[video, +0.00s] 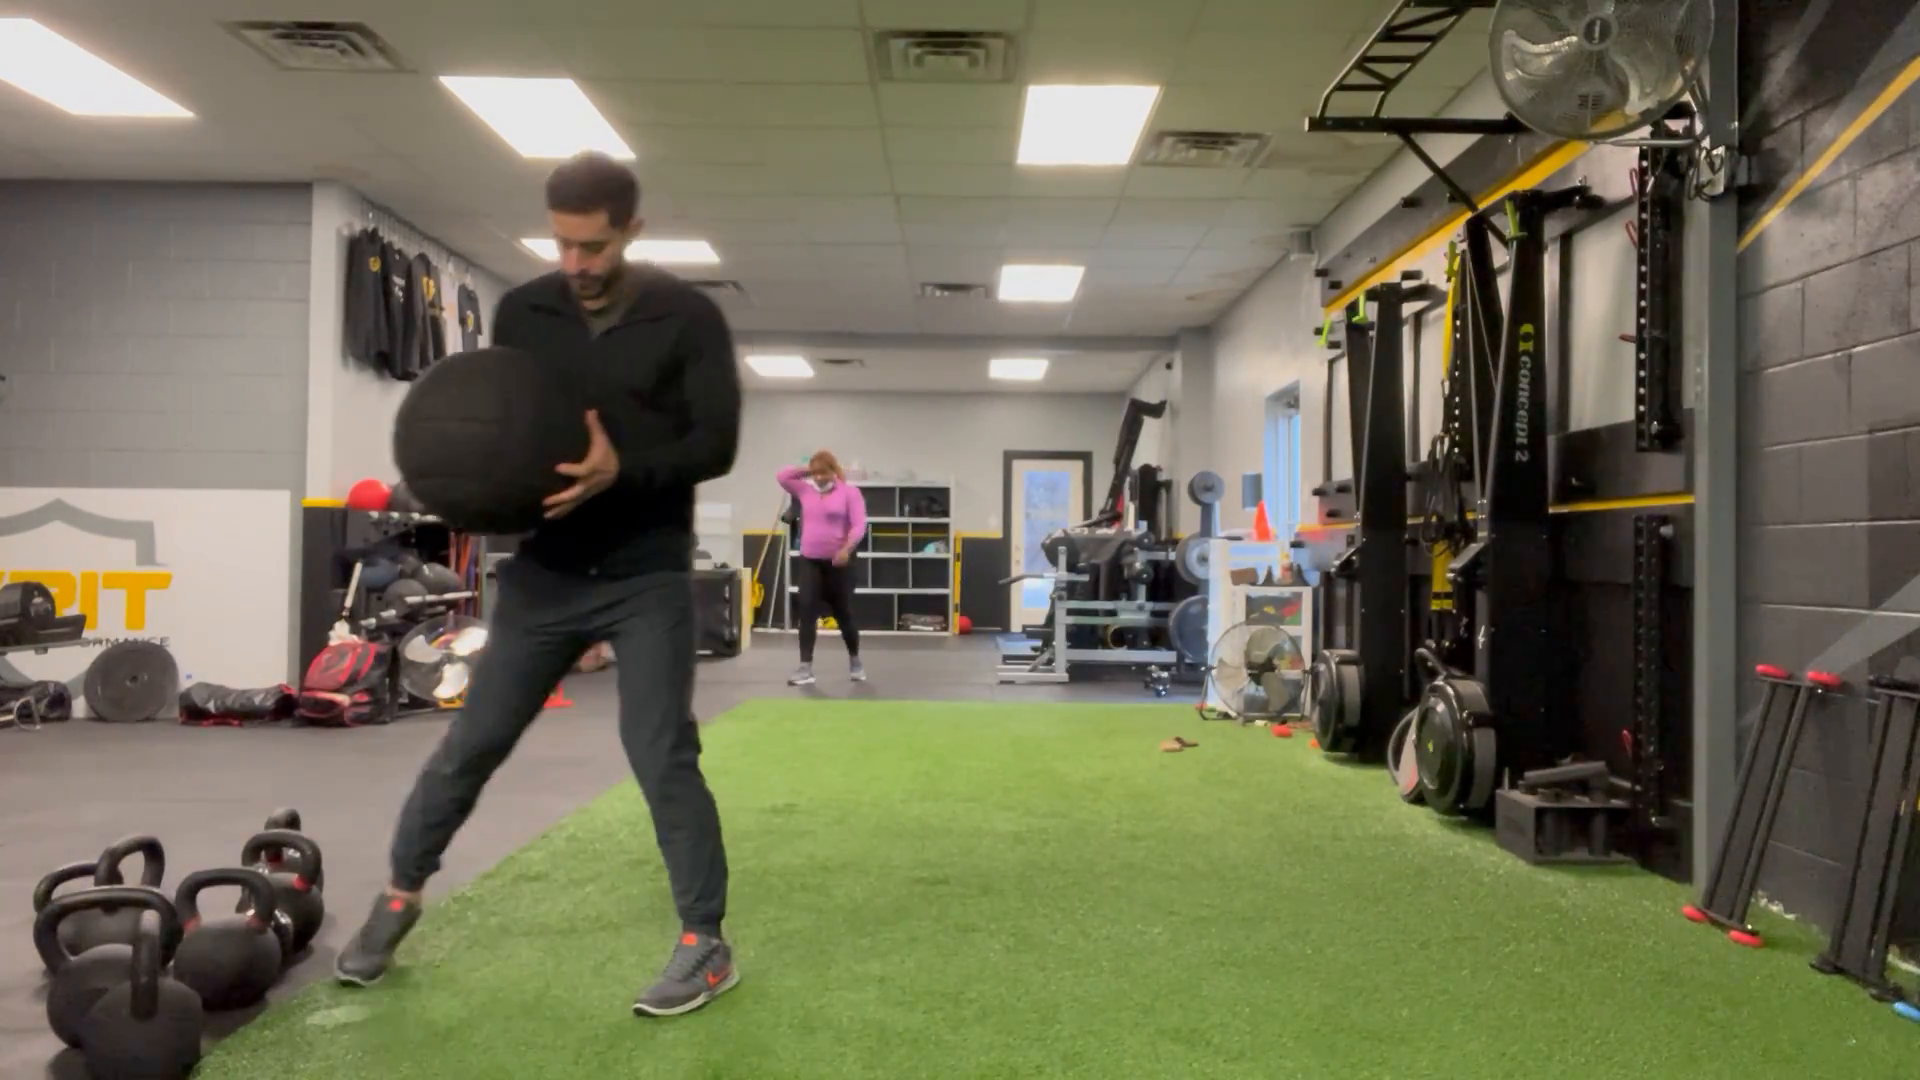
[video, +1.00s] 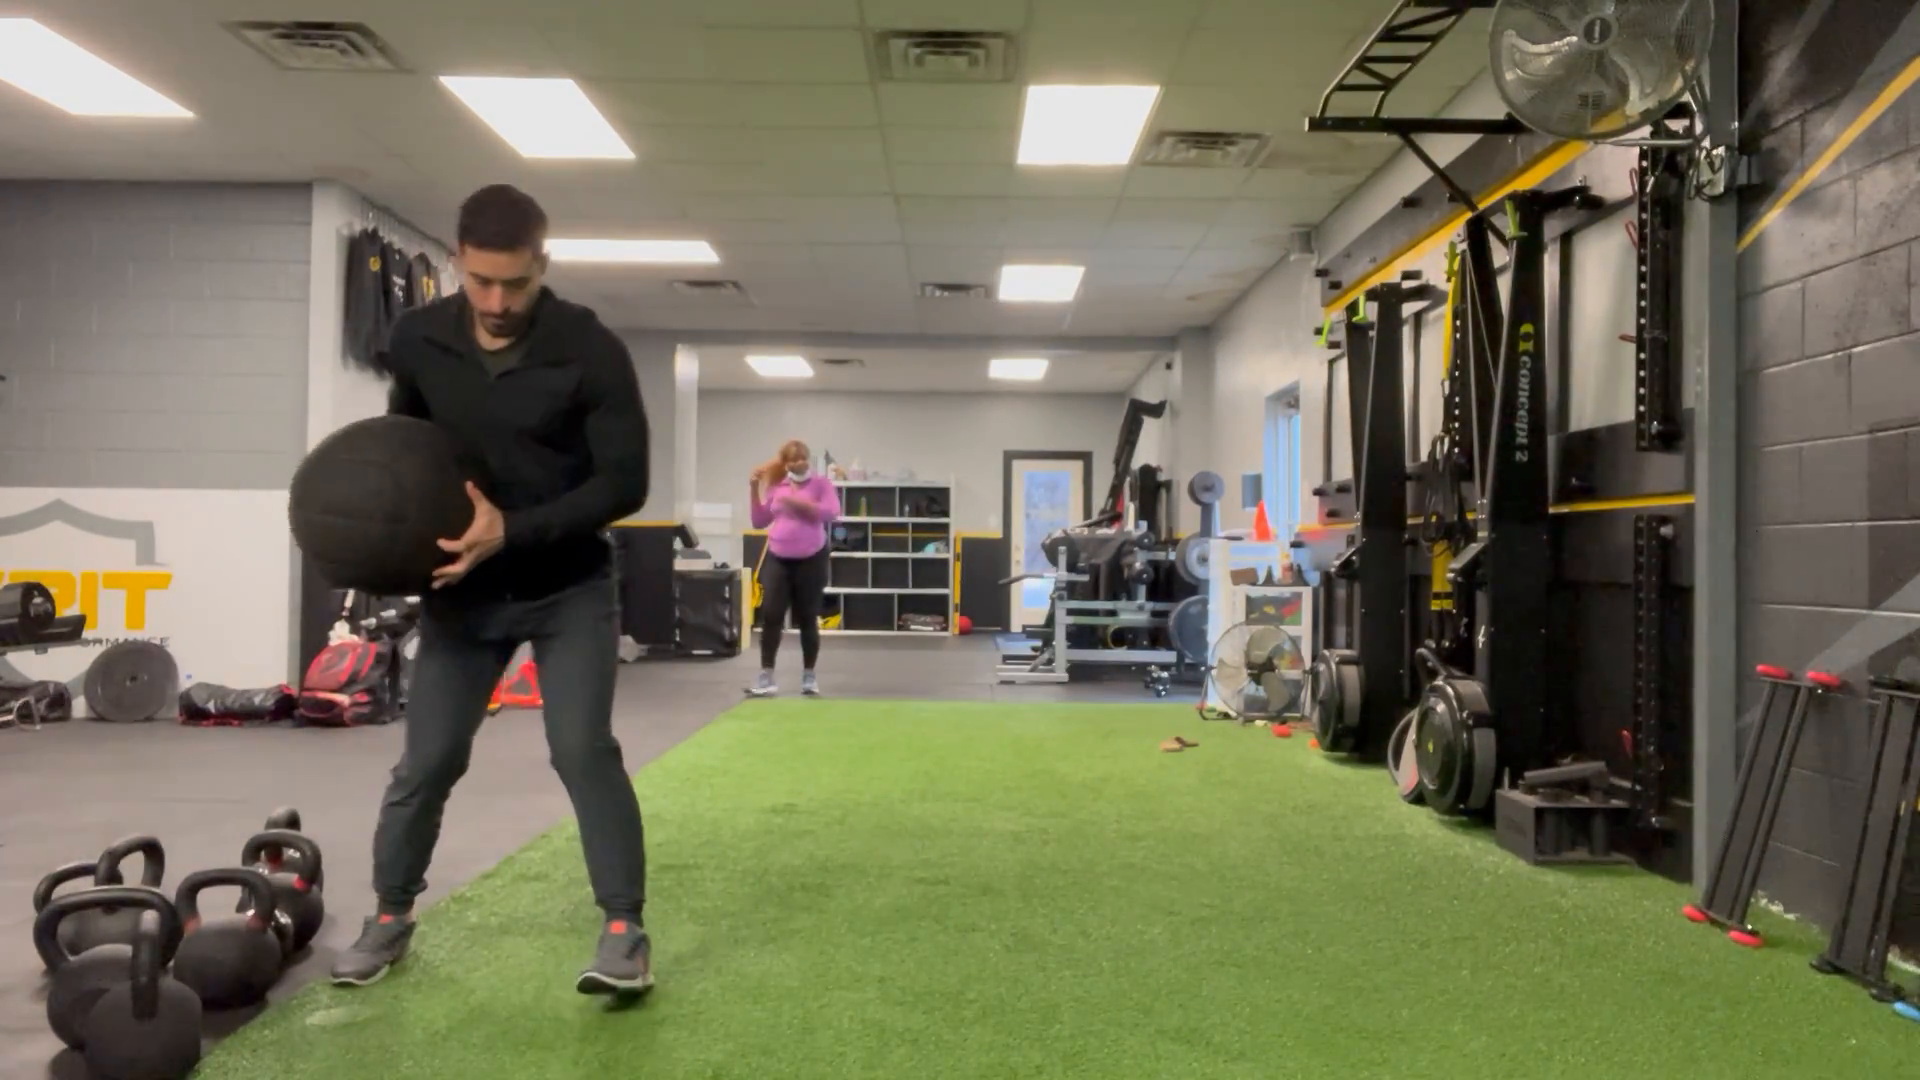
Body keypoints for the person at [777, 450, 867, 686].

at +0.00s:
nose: (819, 478)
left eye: (822, 473)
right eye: (815, 474)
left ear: (833, 471)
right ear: (811, 473)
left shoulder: (849, 492)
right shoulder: (805, 491)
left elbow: (859, 524)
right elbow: (782, 477)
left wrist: (846, 549)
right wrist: (807, 470)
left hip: (837, 560)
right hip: (810, 560)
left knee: (842, 612)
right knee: (807, 611)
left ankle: (855, 661)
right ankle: (805, 667)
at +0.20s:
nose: (808, 473)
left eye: (812, 469)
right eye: (804, 469)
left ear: (822, 468)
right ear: (800, 468)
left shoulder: (838, 491)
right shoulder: (793, 488)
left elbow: (850, 524)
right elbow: (764, 481)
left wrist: (858, 557)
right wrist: (790, 466)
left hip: (827, 557)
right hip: (796, 558)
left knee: (826, 608)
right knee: (799, 612)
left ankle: (840, 654)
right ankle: (804, 667)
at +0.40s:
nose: (802, 471)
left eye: (806, 466)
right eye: (798, 466)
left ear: (815, 467)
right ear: (792, 467)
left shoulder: (831, 490)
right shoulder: (786, 488)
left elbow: (847, 523)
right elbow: (758, 493)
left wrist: (860, 556)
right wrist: (772, 470)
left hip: (821, 558)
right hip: (791, 559)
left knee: (816, 610)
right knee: (798, 614)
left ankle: (819, 667)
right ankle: (804, 667)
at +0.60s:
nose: (801, 470)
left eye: (805, 465)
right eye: (797, 465)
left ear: (813, 467)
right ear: (790, 467)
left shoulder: (828, 491)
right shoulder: (783, 491)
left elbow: (845, 524)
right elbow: (755, 503)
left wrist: (857, 558)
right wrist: (766, 474)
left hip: (817, 560)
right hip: (787, 561)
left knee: (812, 614)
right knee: (793, 614)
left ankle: (811, 671)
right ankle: (801, 663)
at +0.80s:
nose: (801, 465)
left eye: (805, 460)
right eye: (797, 461)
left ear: (813, 462)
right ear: (789, 464)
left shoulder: (829, 489)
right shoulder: (782, 489)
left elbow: (845, 523)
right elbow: (756, 512)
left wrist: (840, 547)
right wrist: (760, 477)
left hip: (815, 559)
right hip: (783, 559)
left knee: (813, 616)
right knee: (775, 614)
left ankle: (810, 674)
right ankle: (792, 652)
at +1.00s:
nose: (799, 463)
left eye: (803, 458)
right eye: (793, 460)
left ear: (809, 459)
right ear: (784, 463)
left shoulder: (821, 484)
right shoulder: (779, 488)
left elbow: (832, 512)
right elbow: (759, 521)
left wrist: (800, 503)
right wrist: (754, 488)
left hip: (811, 557)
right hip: (778, 557)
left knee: (808, 617)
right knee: (771, 614)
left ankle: (809, 675)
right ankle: (766, 675)